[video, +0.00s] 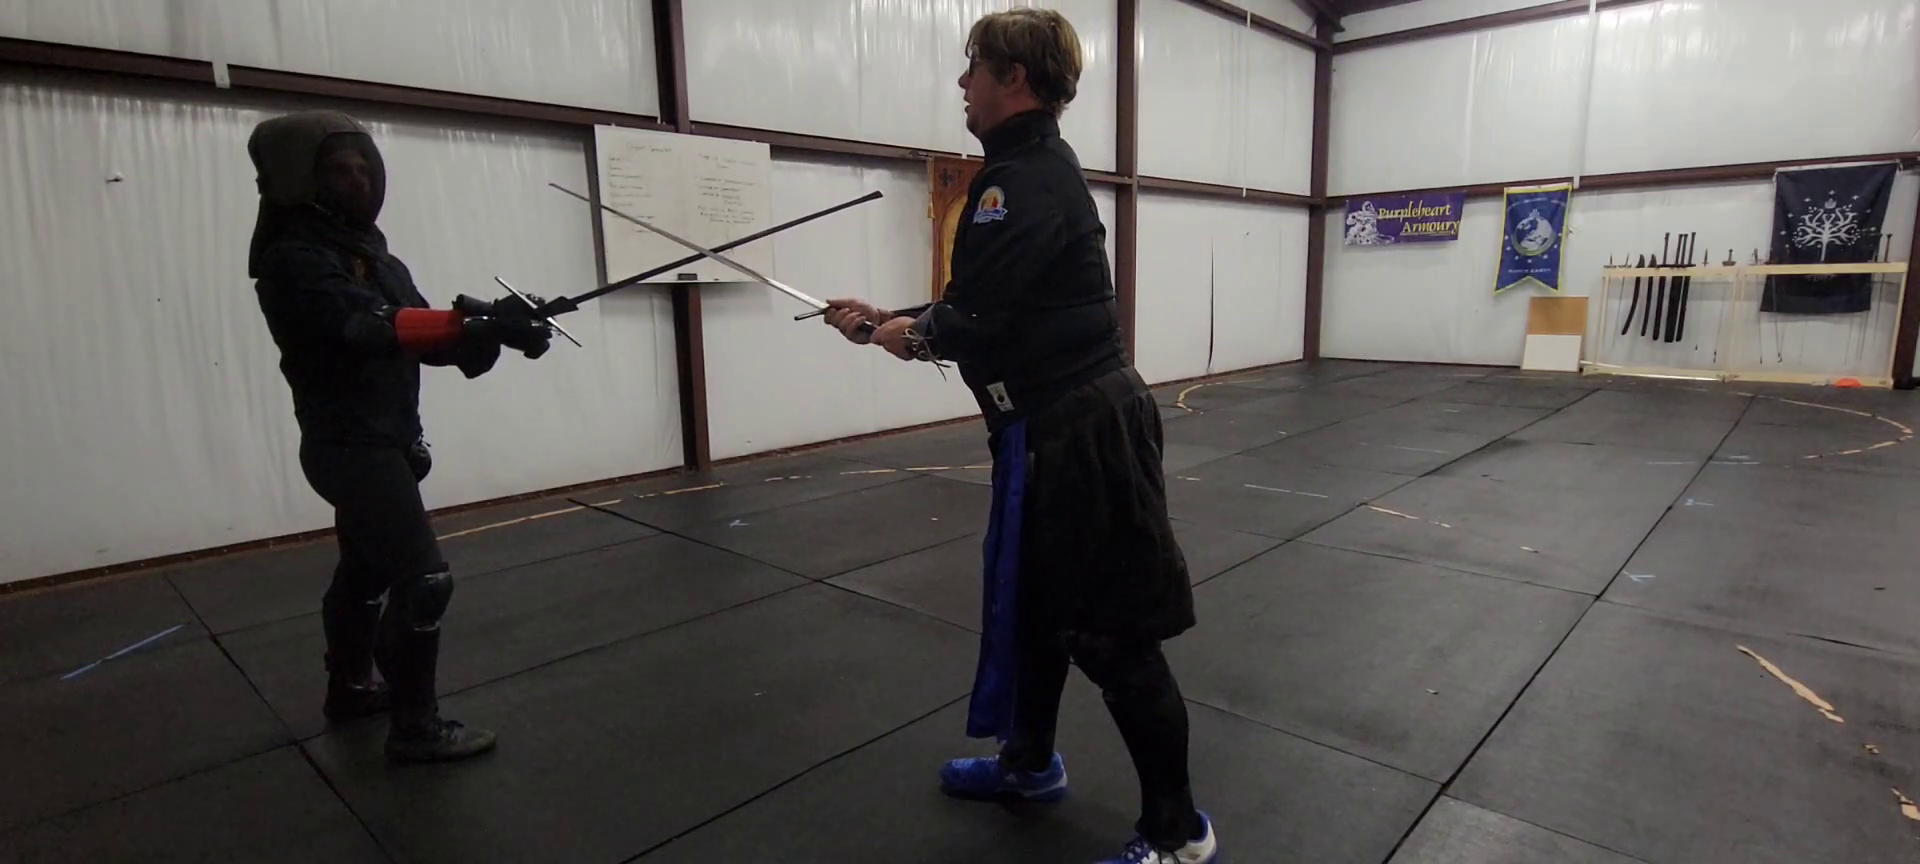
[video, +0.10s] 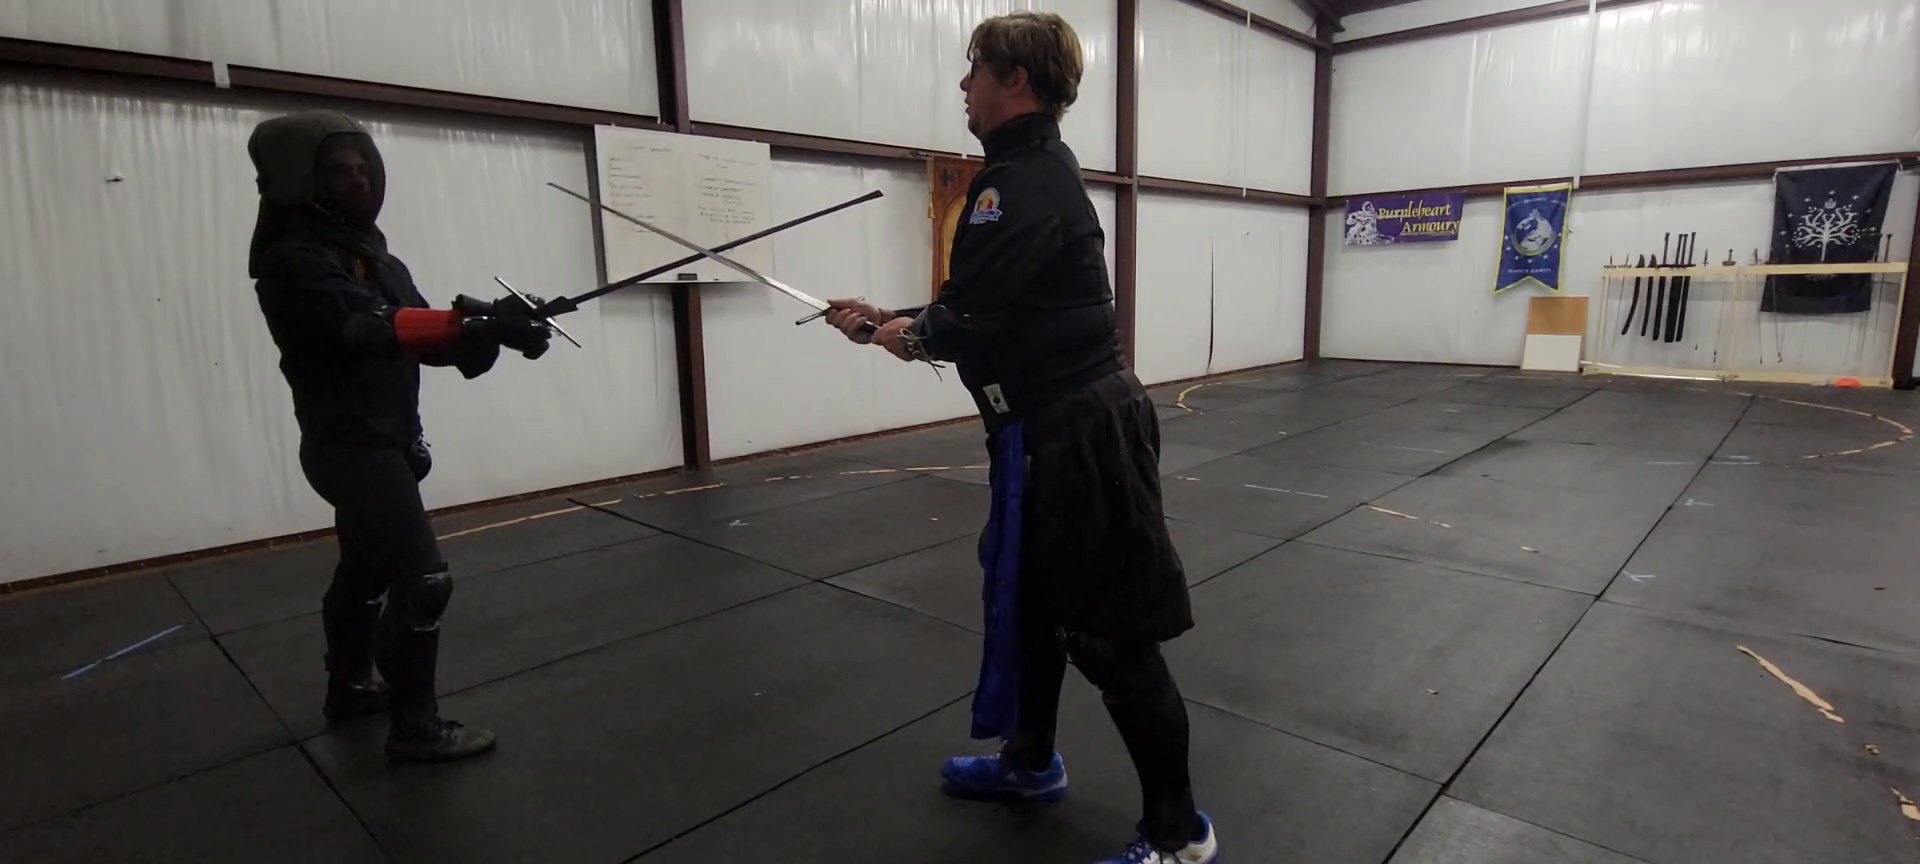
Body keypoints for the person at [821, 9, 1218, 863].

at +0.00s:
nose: (963, 84)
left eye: (976, 70)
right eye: (968, 69)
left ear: (1017, 82)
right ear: (1025, 83)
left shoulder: (1023, 181)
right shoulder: (1030, 167)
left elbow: (981, 322)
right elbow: (975, 300)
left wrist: (903, 334)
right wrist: (891, 319)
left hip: (1082, 423)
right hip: (1052, 420)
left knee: (1111, 629)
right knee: (1034, 599)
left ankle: (1176, 829)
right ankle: (1028, 760)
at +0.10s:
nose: (965, 85)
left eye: (978, 70)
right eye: (970, 69)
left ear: (1018, 84)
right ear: (1026, 86)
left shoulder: (1019, 181)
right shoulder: (1034, 169)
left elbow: (980, 324)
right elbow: (978, 308)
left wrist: (908, 334)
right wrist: (889, 319)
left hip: (1078, 427)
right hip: (1054, 422)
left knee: (1110, 630)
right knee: (1034, 600)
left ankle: (1177, 830)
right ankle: (1029, 760)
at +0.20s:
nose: (965, 88)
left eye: (977, 73)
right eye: (970, 73)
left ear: (1017, 86)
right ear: (1028, 88)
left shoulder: (1013, 182)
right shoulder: (1038, 171)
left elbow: (963, 320)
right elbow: (985, 302)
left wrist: (901, 331)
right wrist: (905, 323)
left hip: (1066, 428)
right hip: (1059, 419)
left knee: (1099, 628)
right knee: (1032, 599)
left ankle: (1176, 829)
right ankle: (1030, 759)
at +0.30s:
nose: (962, 87)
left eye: (976, 73)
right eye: (968, 72)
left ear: (1018, 85)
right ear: (1029, 88)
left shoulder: (1002, 179)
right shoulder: (1049, 172)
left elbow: (937, 313)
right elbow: (995, 314)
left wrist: (900, 325)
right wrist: (895, 324)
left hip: (1043, 425)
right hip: (1071, 406)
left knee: (1074, 623)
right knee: (1020, 596)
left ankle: (1170, 822)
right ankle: (1030, 760)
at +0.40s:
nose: (958, 82)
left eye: (971, 69)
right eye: (963, 68)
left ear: (1014, 82)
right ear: (1030, 85)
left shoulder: (983, 179)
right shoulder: (1058, 172)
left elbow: (914, 309)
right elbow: (1009, 299)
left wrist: (885, 317)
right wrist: (894, 319)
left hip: (1022, 420)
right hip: (1079, 402)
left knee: (1040, 620)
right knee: (1021, 589)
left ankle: (1157, 811)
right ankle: (1030, 758)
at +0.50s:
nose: (949, 79)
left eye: (963, 66)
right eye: (955, 65)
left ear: (1007, 79)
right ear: (1024, 83)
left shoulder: (972, 177)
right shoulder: (1054, 174)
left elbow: (899, 307)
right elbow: (1017, 292)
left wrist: (886, 314)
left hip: (1008, 420)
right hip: (1074, 402)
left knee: (1017, 620)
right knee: (1032, 591)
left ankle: (1126, 802)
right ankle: (1030, 761)